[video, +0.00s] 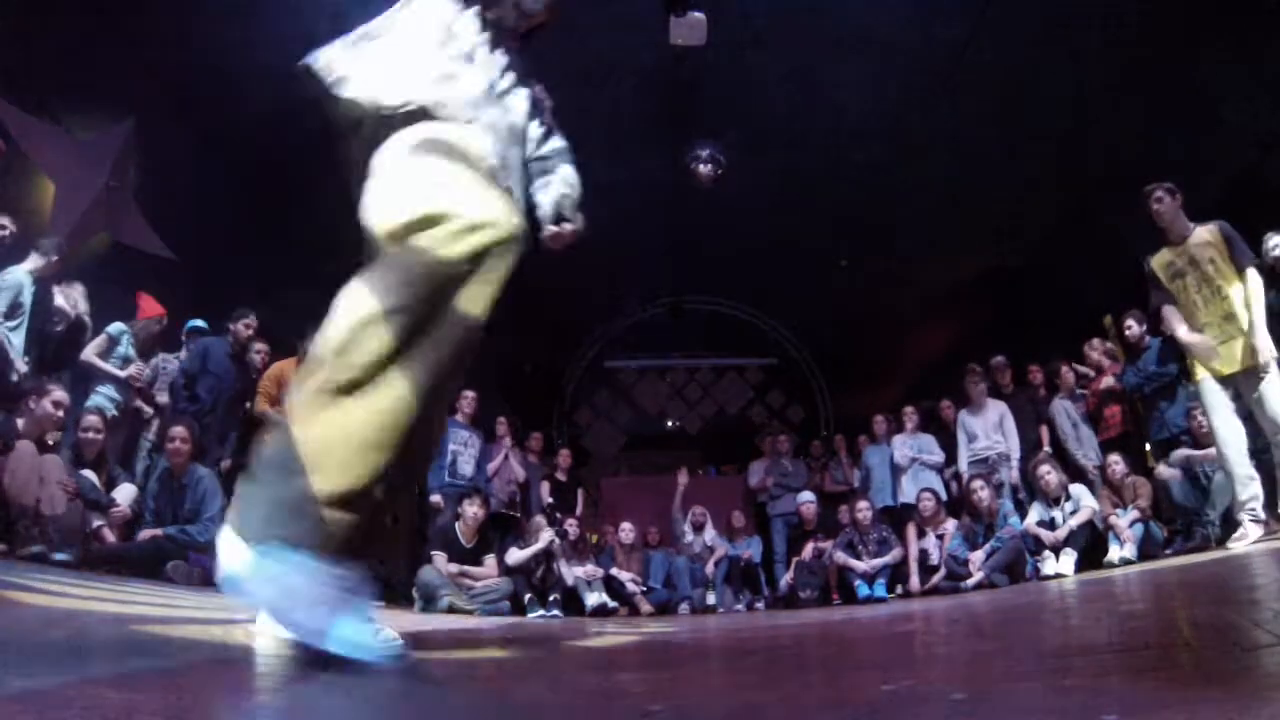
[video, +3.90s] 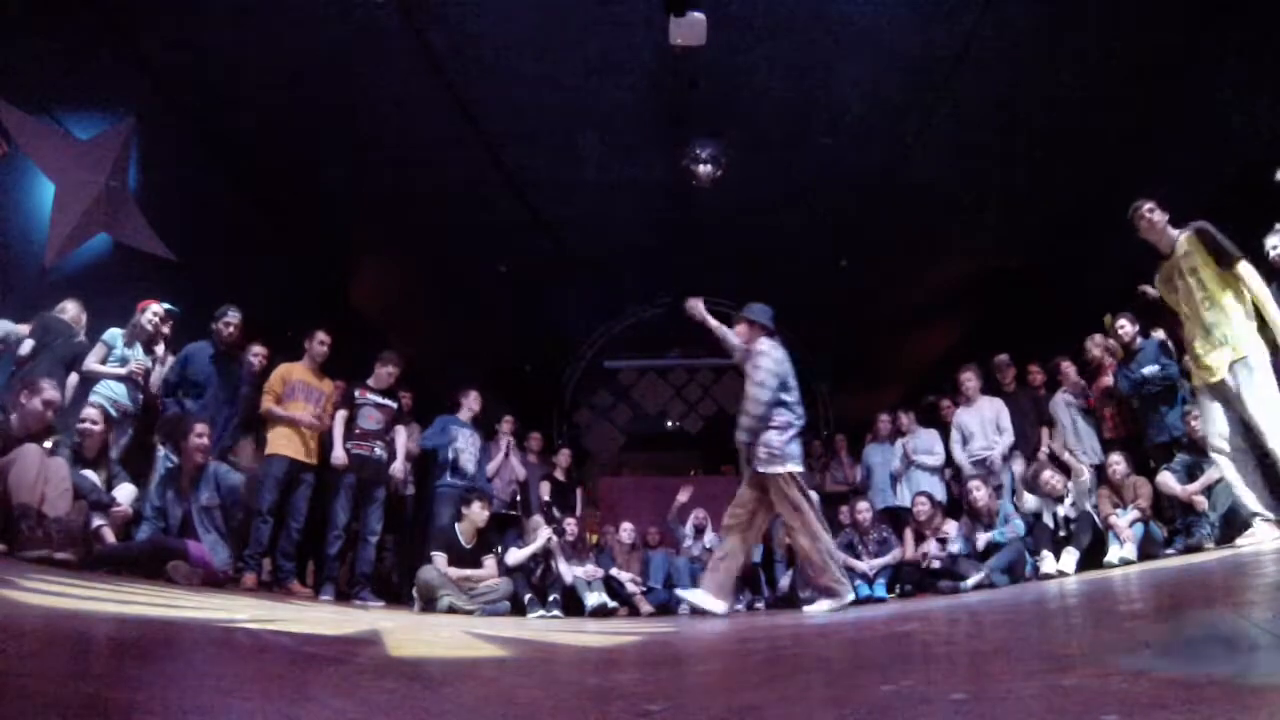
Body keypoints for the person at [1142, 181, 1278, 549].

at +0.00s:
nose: (1155, 207)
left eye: (1160, 199)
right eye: (1150, 204)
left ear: (1178, 200)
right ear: (1150, 214)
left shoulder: (1218, 232)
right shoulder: (1156, 263)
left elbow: (1252, 277)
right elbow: (1166, 308)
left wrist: (1260, 333)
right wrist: (1184, 333)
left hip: (1248, 346)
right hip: (1205, 360)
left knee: (1276, 427)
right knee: (1228, 440)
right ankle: (1252, 518)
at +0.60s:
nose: (1133, 240)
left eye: (1133, 231)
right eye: (1127, 240)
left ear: (1148, 225)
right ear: (1130, 248)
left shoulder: (1186, 243)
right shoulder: (1159, 283)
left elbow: (1210, 296)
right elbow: (1179, 325)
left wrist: (1213, 347)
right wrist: (1187, 368)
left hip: (1225, 358)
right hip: (1194, 374)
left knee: (1261, 439)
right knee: (1225, 454)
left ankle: (1276, 510)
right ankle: (1257, 520)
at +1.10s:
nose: (1149, 219)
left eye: (1152, 211)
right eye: (1144, 218)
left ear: (1168, 209)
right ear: (1145, 229)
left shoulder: (1210, 230)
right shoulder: (1161, 275)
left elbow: (1240, 272)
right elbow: (1162, 330)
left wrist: (1244, 321)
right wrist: (1160, 384)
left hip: (1253, 339)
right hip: (1213, 356)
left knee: (1277, 417)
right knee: (1232, 442)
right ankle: (1253, 520)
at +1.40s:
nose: (1162, 203)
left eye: (1166, 194)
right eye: (1156, 200)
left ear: (1184, 195)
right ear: (1157, 213)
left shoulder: (1228, 227)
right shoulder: (1165, 258)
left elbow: (1268, 267)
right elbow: (1172, 306)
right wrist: (1189, 344)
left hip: (1265, 337)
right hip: (1219, 356)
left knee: (1279, 422)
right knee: (1249, 437)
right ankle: (1269, 515)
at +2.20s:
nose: (1145, 218)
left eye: (1149, 209)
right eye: (1141, 215)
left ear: (1166, 207)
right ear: (1141, 226)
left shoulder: (1200, 234)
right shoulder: (1156, 273)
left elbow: (1226, 286)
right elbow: (1164, 331)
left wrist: (1225, 347)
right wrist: (1167, 390)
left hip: (1242, 351)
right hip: (1204, 370)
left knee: (1274, 435)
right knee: (1237, 452)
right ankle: (1268, 513)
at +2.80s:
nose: (1147, 220)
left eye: (1148, 213)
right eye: (1140, 221)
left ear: (1161, 214)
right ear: (1139, 235)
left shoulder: (1198, 227)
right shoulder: (1158, 279)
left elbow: (1233, 261)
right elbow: (1177, 330)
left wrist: (1254, 307)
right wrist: (1190, 379)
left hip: (1248, 331)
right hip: (1211, 355)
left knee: (1276, 411)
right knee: (1244, 436)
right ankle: (1267, 516)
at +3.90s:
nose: (1147, 218)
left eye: (1150, 211)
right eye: (1140, 218)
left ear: (1165, 214)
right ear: (1139, 233)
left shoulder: (1198, 234)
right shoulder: (1162, 280)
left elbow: (1248, 275)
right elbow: (1188, 320)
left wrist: (1275, 326)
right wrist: (1192, 355)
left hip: (1241, 346)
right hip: (1204, 364)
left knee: (1270, 434)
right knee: (1219, 441)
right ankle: (1265, 515)